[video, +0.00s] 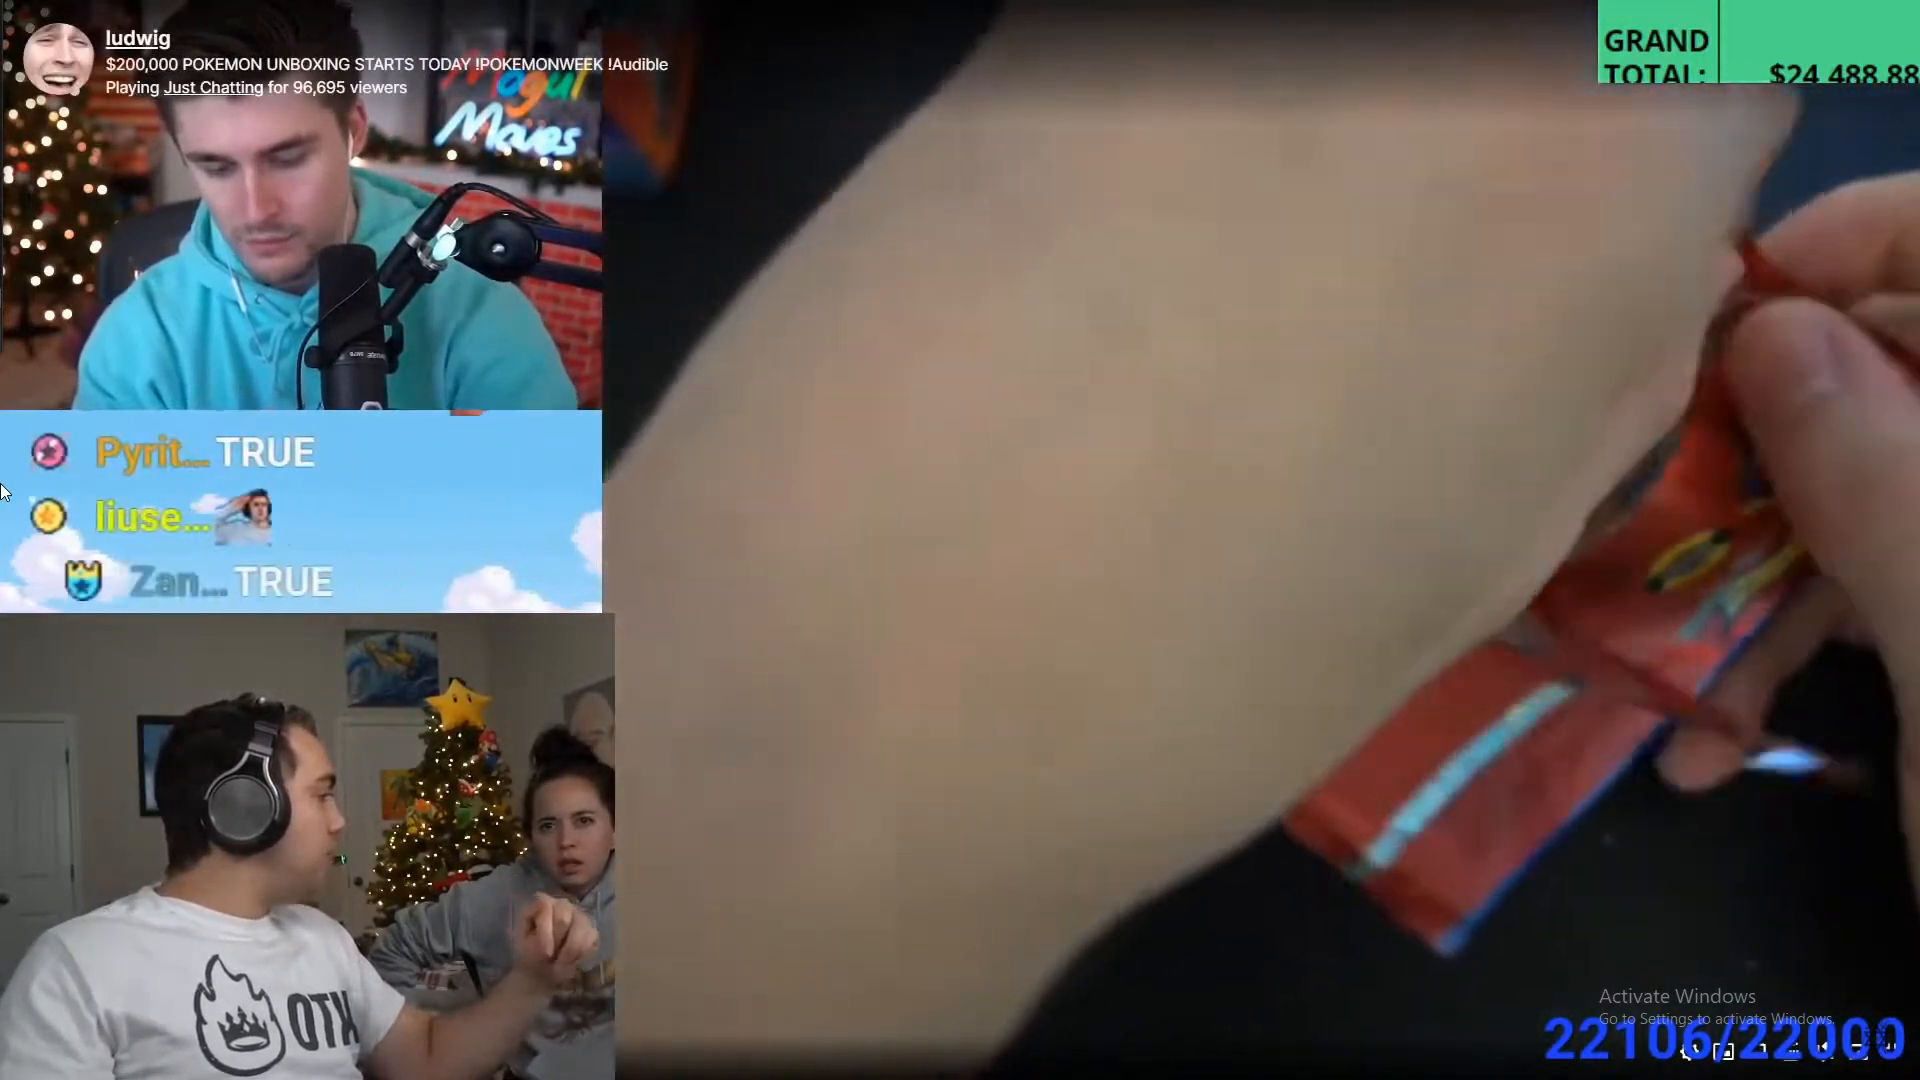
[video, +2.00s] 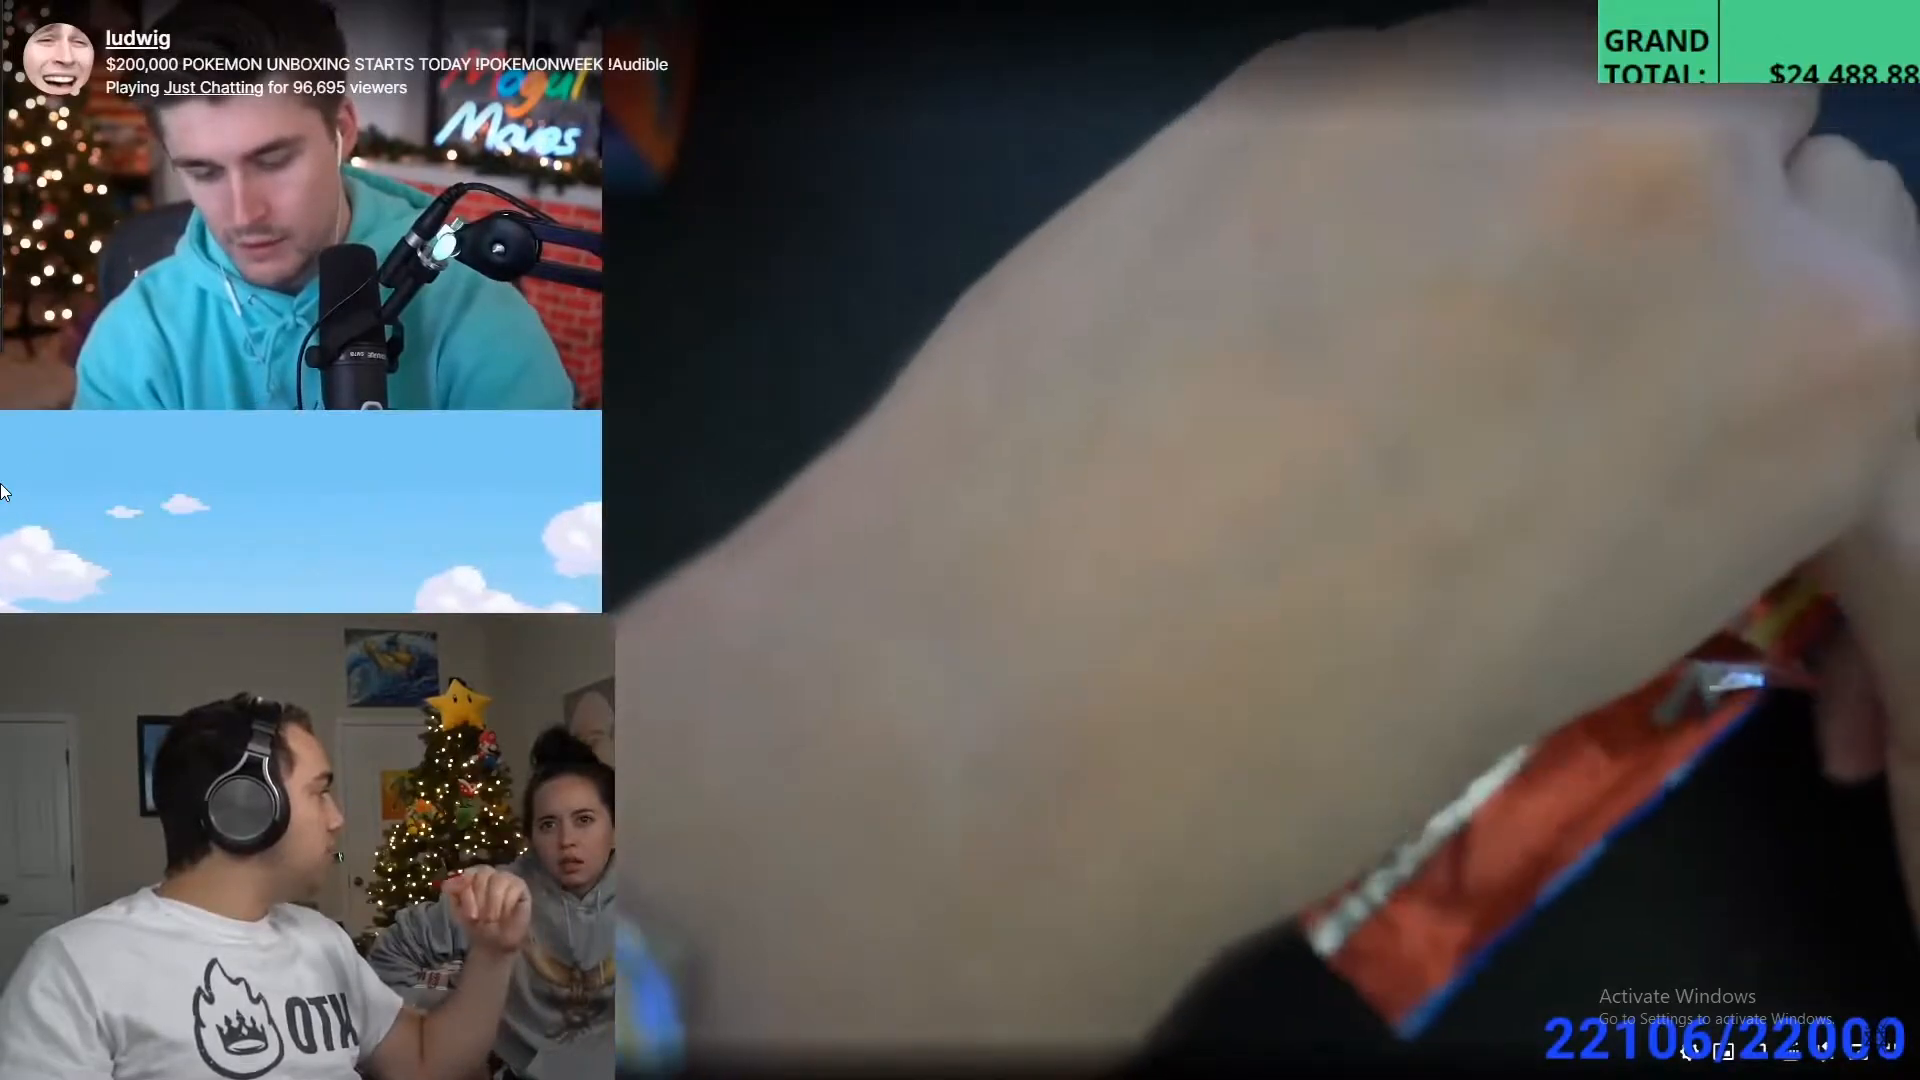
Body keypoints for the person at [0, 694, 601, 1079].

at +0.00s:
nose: (341, 820)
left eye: (333, 794)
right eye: (323, 793)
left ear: (251, 803)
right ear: (239, 804)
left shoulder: (320, 941)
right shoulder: (76, 967)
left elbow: (429, 1054)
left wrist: (533, 978)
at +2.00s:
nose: (340, 819)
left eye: (331, 791)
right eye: (320, 792)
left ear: (250, 806)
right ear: (242, 806)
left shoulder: (323, 944)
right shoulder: (75, 967)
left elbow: (430, 1062)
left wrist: (494, 953)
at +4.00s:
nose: (344, 823)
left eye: (336, 798)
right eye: (325, 799)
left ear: (260, 809)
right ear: (250, 810)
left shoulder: (324, 942)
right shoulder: (77, 967)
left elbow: (426, 1059)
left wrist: (511, 967)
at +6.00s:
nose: (344, 823)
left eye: (336, 798)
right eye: (326, 799)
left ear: (260, 809)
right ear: (249, 810)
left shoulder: (324, 942)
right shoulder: (75, 967)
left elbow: (426, 1059)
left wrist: (513, 969)